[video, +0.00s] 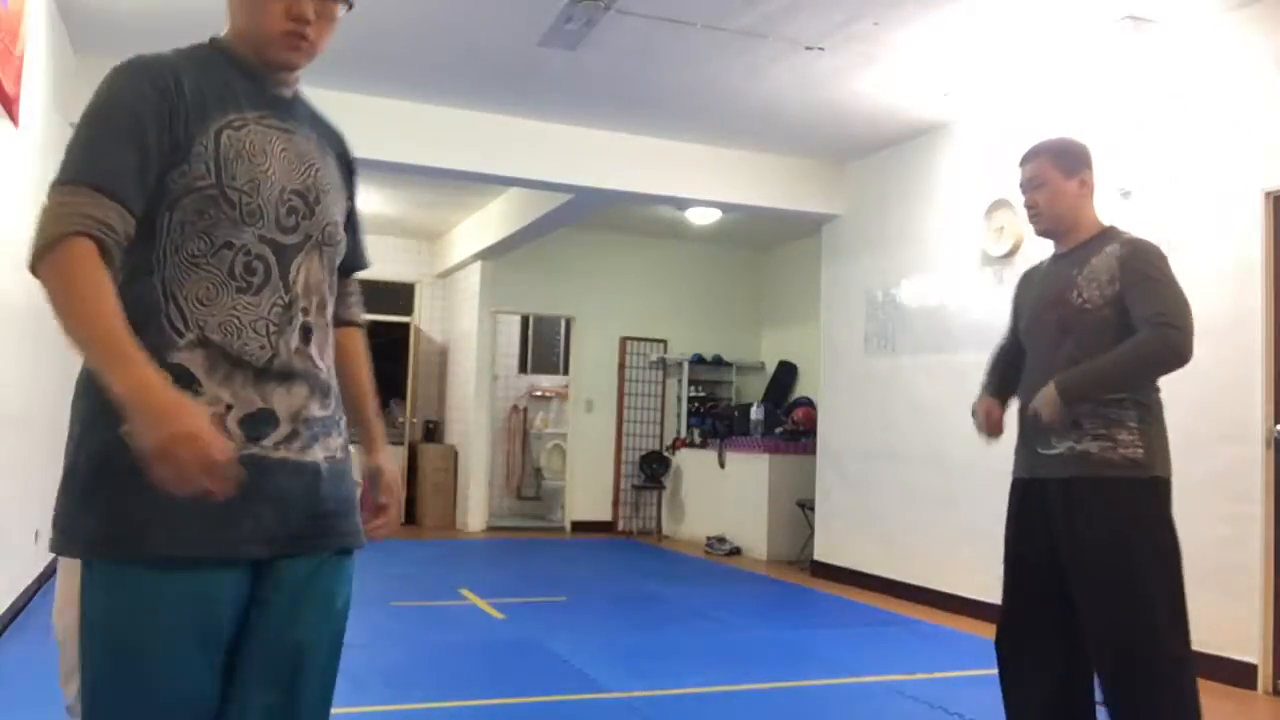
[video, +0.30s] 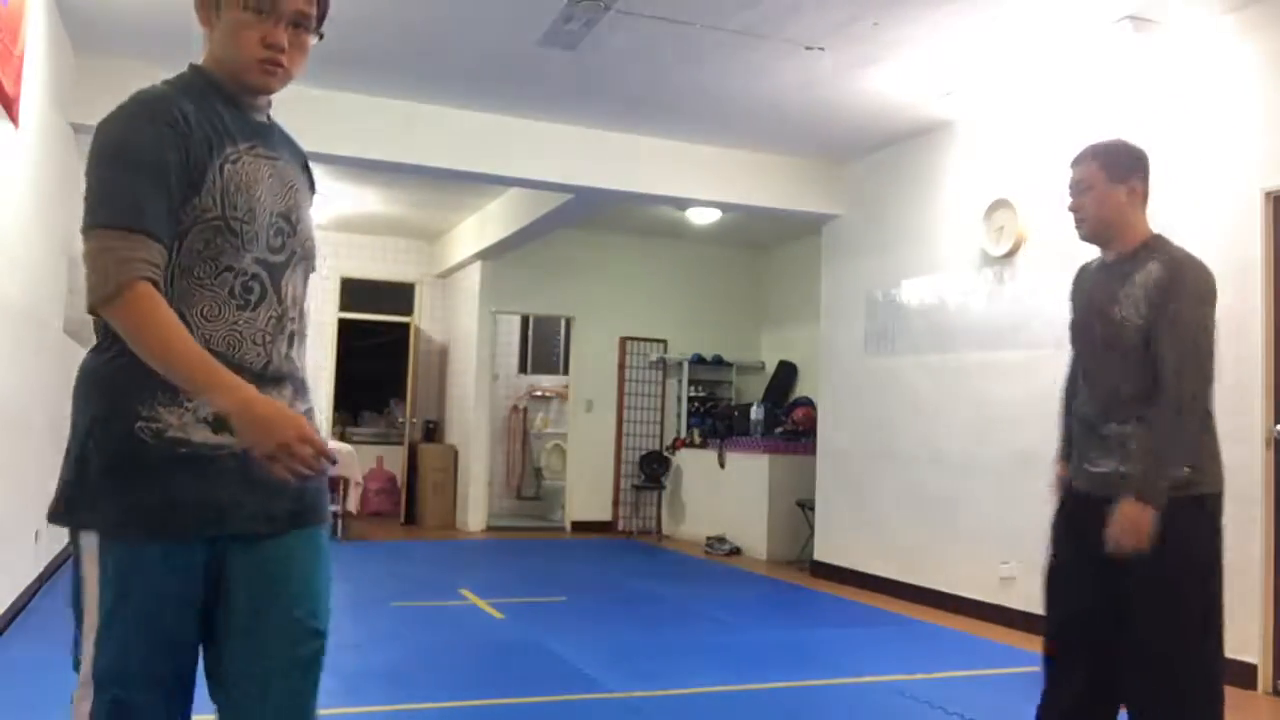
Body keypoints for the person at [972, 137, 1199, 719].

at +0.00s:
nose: (1027, 200)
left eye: (1037, 187)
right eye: (1023, 191)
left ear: (1082, 183)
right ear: (1029, 197)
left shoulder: (1132, 255)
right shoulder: (1032, 281)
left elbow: (1171, 341)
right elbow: (1015, 348)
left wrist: (1068, 388)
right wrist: (994, 391)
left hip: (1117, 482)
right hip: (1039, 484)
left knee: (1138, 648)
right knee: (1037, 645)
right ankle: (1047, 717)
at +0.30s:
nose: (1071, 204)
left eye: (1083, 190)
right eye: (1071, 191)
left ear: (1130, 191)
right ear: (1112, 195)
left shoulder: (1182, 276)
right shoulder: (1089, 279)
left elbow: (1182, 397)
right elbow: (1083, 376)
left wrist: (1146, 494)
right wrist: (1069, 454)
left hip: (1173, 504)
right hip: (1089, 500)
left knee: (1172, 679)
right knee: (1077, 673)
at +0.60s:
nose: (1086, 214)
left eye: (1096, 201)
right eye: (1086, 202)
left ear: (1142, 199)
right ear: (1134, 202)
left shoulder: (1198, 272)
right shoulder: (1116, 270)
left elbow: (1261, 365)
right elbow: (1134, 373)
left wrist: (1260, 488)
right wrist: (1116, 474)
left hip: (1194, 505)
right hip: (1121, 499)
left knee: (1198, 672)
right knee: (1118, 664)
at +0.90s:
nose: (1101, 223)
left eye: (1112, 210)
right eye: (1100, 211)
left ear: (1155, 211)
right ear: (1136, 216)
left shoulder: (1202, 277)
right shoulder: (1119, 285)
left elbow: (1221, 349)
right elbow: (1082, 336)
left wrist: (1172, 394)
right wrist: (1054, 381)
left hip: (1183, 489)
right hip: (1117, 488)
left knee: (1187, 629)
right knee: (1133, 625)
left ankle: (1203, 713)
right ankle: (1161, 709)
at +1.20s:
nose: (1077, 238)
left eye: (1088, 226)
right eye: (1074, 228)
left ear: (1126, 226)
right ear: (1080, 234)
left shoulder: (1162, 290)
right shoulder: (1109, 300)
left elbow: (1185, 384)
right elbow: (1110, 392)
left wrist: (1121, 457)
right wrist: (1074, 437)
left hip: (1152, 487)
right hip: (1104, 484)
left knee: (1152, 617)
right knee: (1111, 614)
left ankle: (1177, 712)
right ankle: (1147, 707)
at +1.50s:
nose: (1043, 242)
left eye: (1053, 230)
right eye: (1040, 233)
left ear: (1091, 230)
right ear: (1042, 240)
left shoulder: (1130, 288)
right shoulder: (1065, 315)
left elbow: (1131, 356)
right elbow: (1071, 392)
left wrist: (1045, 349)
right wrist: (1028, 383)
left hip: (1125, 478)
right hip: (1078, 480)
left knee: (1081, 608)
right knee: (1128, 610)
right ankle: (1174, 712)